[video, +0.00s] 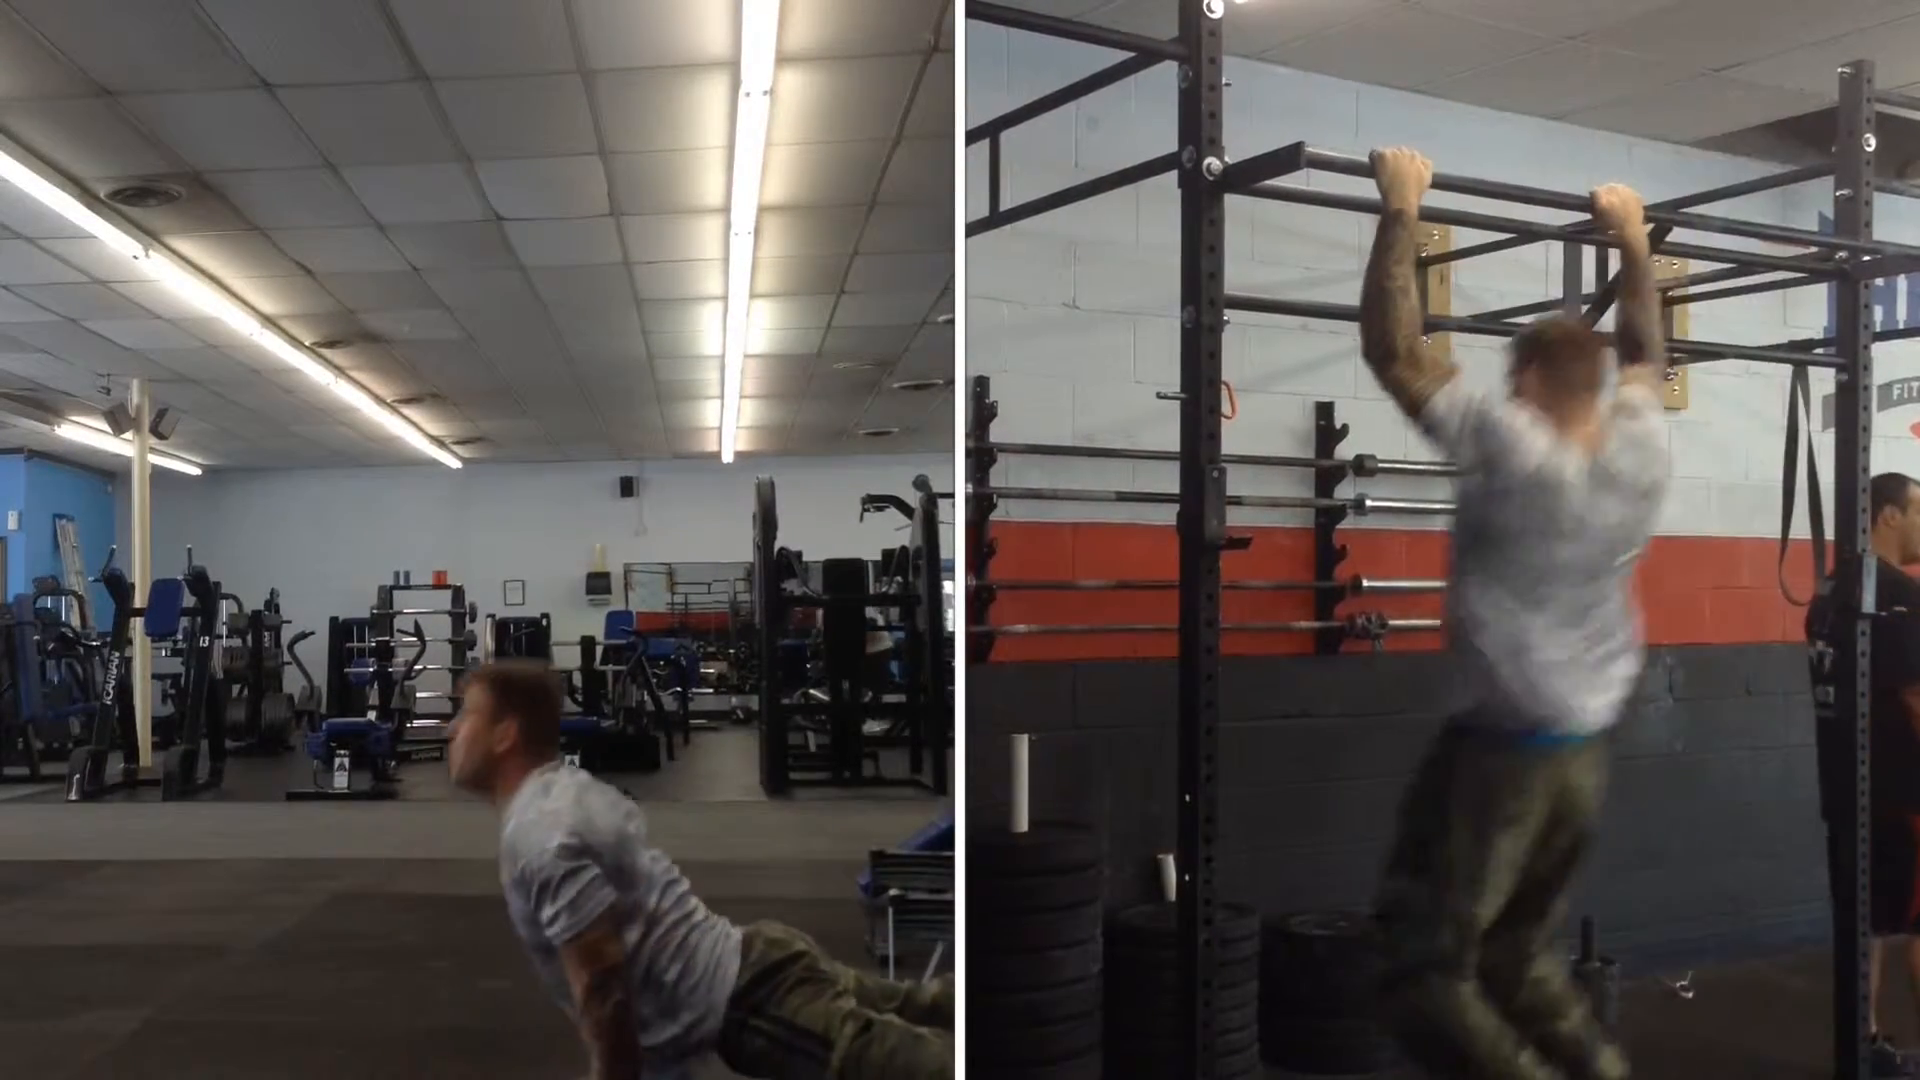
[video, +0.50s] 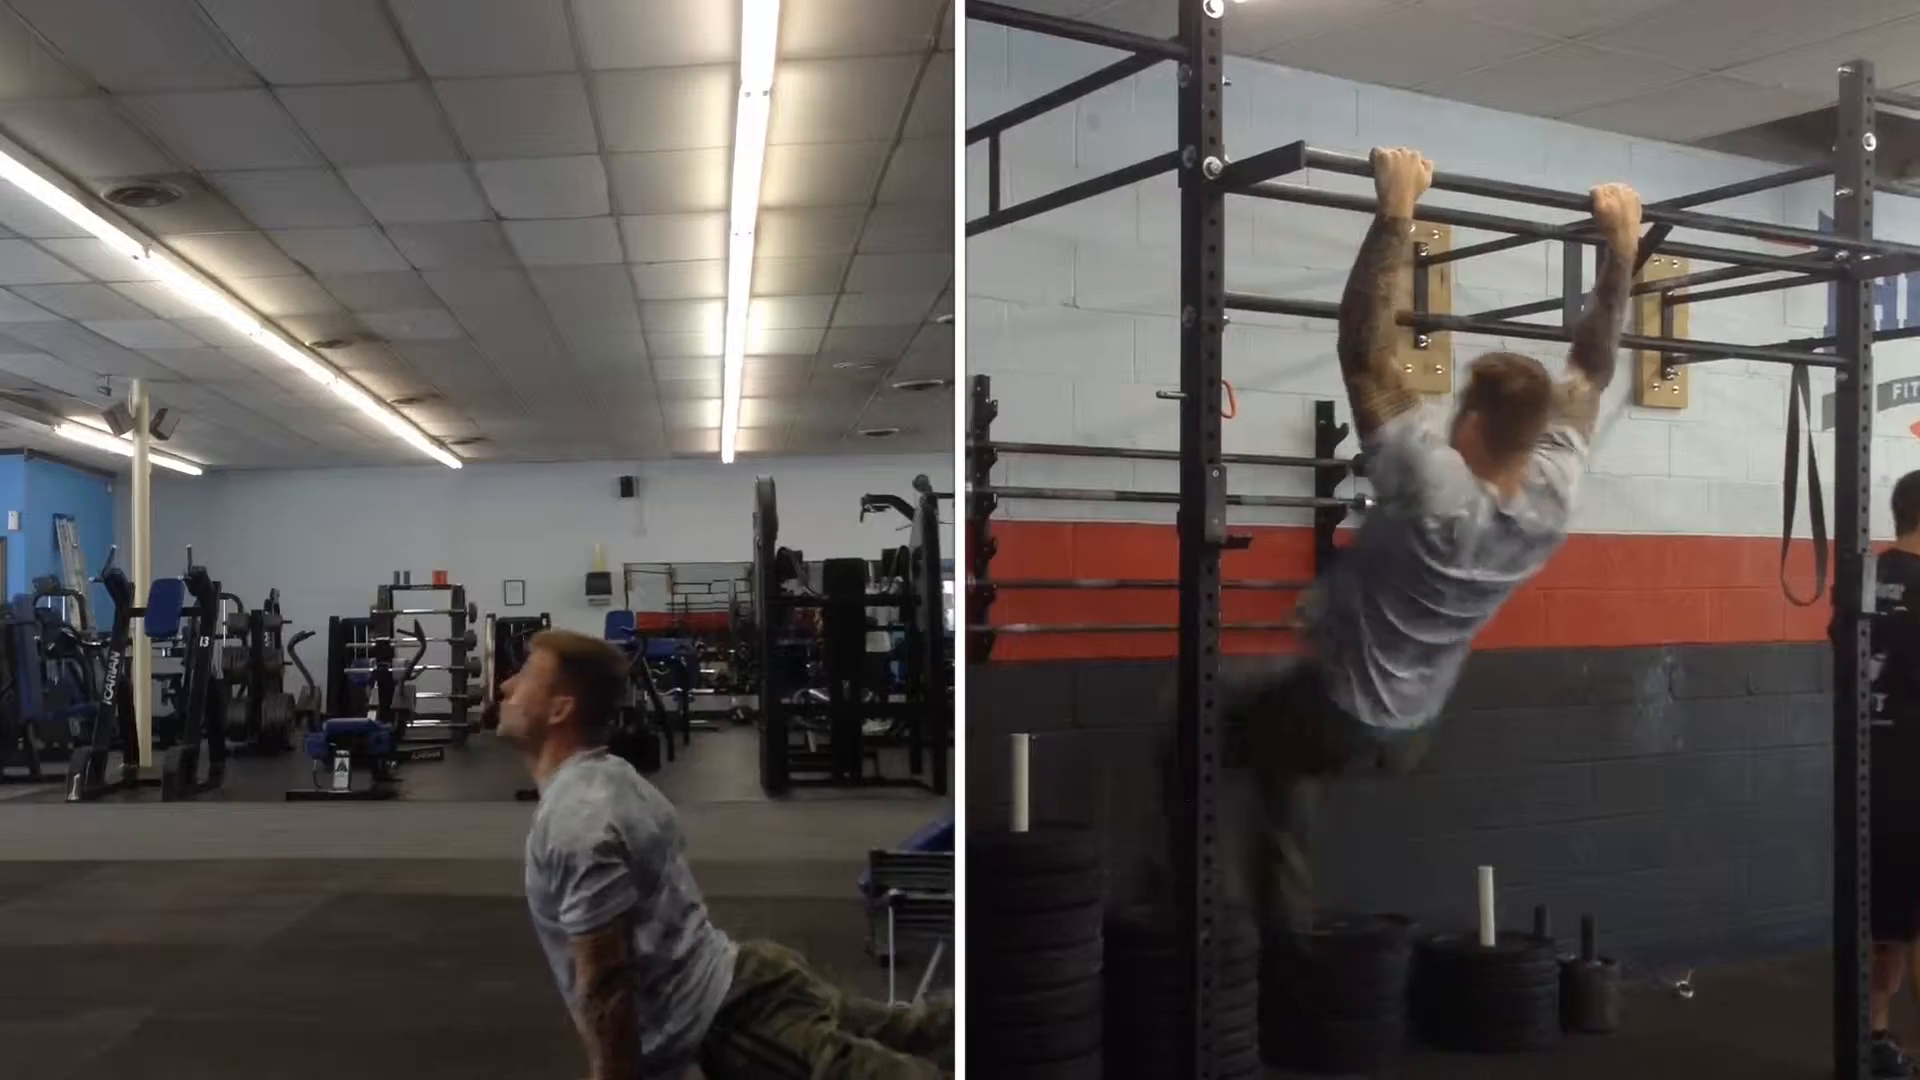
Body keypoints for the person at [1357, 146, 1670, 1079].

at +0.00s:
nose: (1513, 379)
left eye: (1521, 366)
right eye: (1523, 366)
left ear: (1530, 376)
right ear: (1602, 383)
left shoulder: (1506, 445)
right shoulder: (1639, 456)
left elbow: (1392, 352)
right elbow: (1643, 357)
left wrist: (1398, 213)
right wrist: (1635, 245)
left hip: (1500, 755)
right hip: (1585, 760)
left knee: (1424, 967)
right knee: (1518, 960)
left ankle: (1526, 1069)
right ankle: (1601, 1067)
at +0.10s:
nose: (1461, 409)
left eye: (1468, 399)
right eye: (1472, 398)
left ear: (1477, 414)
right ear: (1547, 422)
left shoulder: (1446, 477)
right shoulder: (1573, 493)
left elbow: (1378, 354)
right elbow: (1617, 375)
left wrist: (1396, 215)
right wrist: (1629, 254)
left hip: (1420, 767)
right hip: (1506, 770)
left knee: (1379, 973)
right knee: (1470, 968)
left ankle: (1474, 1075)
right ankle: (1542, 1071)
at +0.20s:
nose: (1422, 391)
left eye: (1431, 388)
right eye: (1431, 383)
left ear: (1440, 421)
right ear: (1507, 432)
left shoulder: (1410, 485)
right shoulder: (1524, 502)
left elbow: (1372, 344)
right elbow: (1590, 372)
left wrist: (1394, 217)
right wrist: (1620, 263)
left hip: (1366, 754)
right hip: (1446, 756)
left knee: (1320, 954)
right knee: (1427, 948)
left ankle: (1437, 1070)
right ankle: (1500, 1066)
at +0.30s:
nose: (1411, 385)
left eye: (1421, 380)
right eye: (1421, 377)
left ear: (1431, 411)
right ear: (1496, 425)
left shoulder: (1393, 474)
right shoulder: (1504, 499)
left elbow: (1368, 339)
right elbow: (1575, 368)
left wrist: (1394, 215)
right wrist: (1617, 260)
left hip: (1328, 737)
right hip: (1406, 738)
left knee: (1279, 923)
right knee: (1387, 925)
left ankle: (1384, 1067)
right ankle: (1451, 1062)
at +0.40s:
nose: (1423, 409)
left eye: (1433, 400)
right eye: (1436, 399)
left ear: (1444, 419)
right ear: (1507, 430)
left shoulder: (1401, 478)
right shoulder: (1513, 502)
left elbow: (1361, 343)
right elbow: (1576, 372)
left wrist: (1392, 215)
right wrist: (1619, 260)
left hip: (1313, 716)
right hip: (1394, 724)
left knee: (1245, 884)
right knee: (1345, 890)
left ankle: (1323, 1054)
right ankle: (1390, 1053)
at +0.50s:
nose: (1455, 419)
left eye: (1462, 410)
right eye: (1465, 408)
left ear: (1470, 426)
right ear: (1538, 439)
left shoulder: (1429, 488)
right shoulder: (1545, 509)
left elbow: (1366, 353)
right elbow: (1590, 376)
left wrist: (1394, 218)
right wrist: (1621, 259)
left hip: (1338, 713)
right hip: (1409, 719)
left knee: (1200, 714)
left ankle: (1192, 902)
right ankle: (1285, 922)